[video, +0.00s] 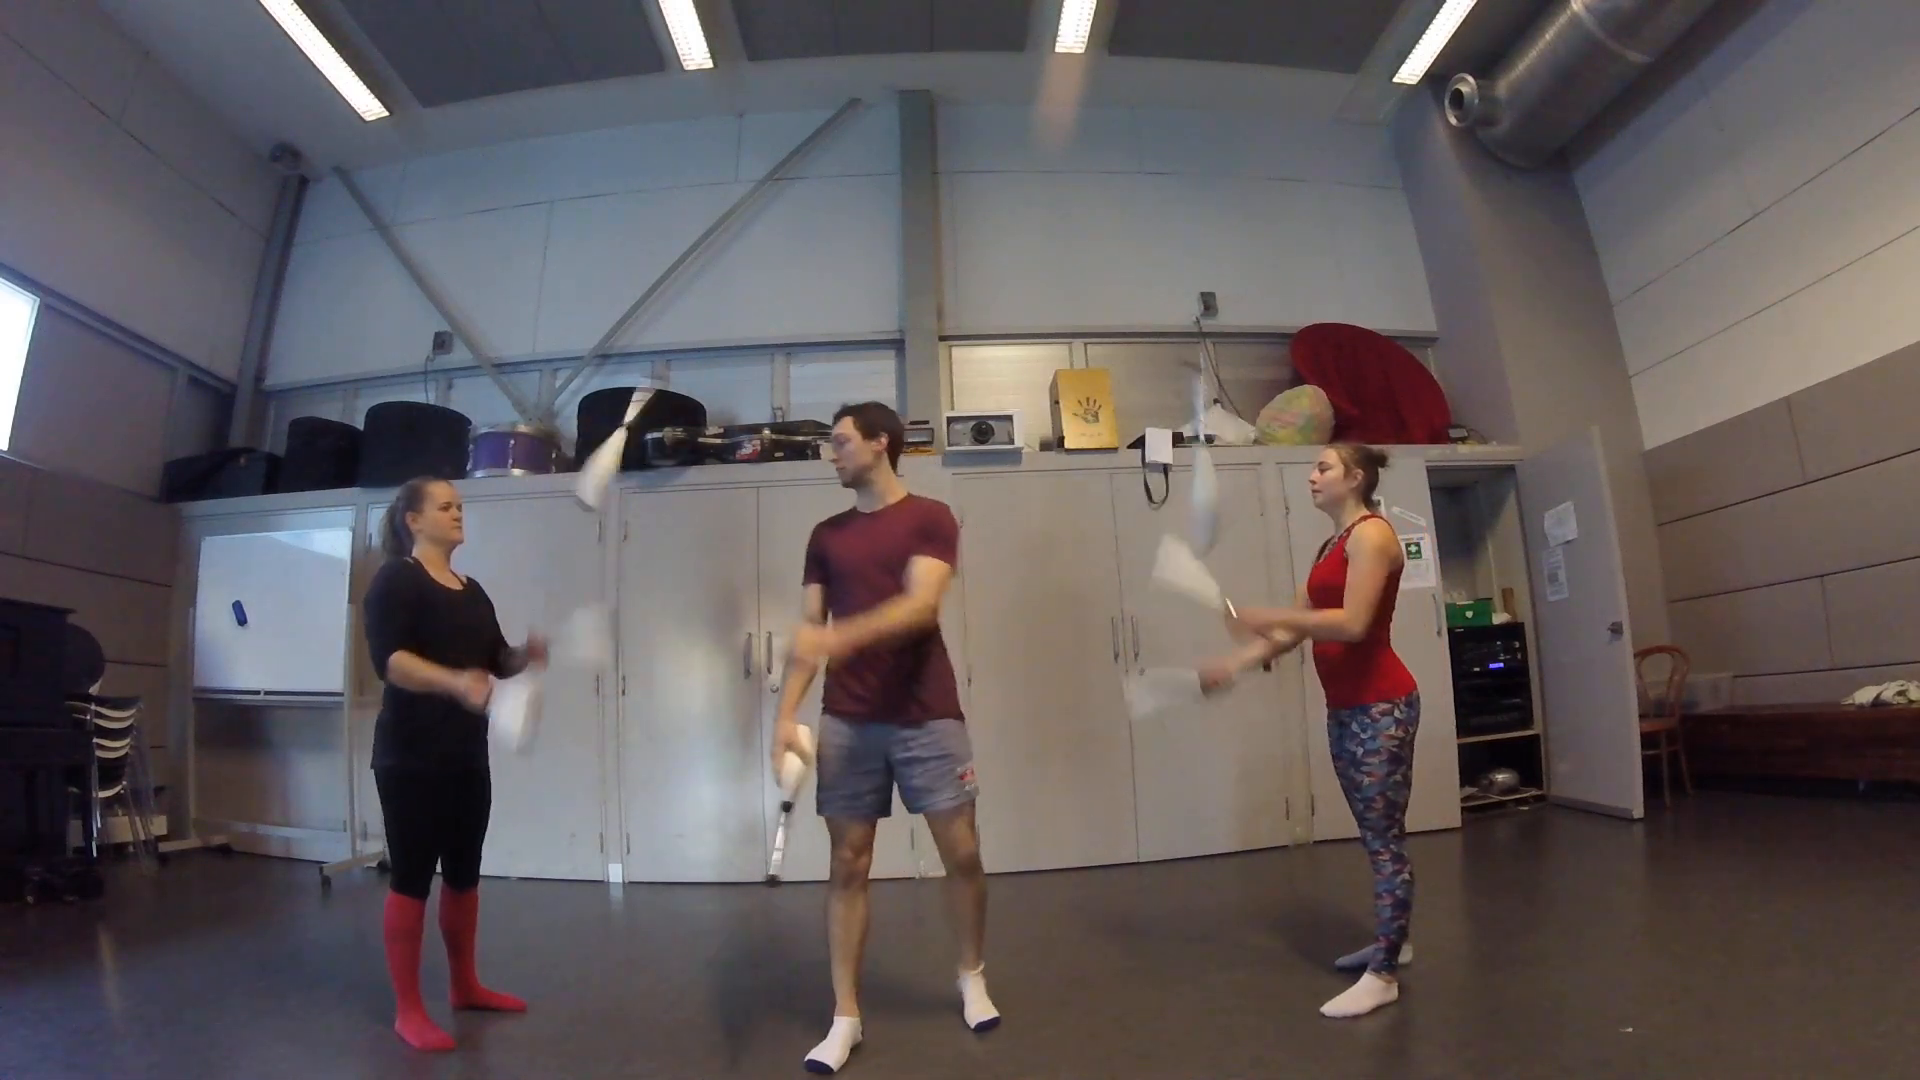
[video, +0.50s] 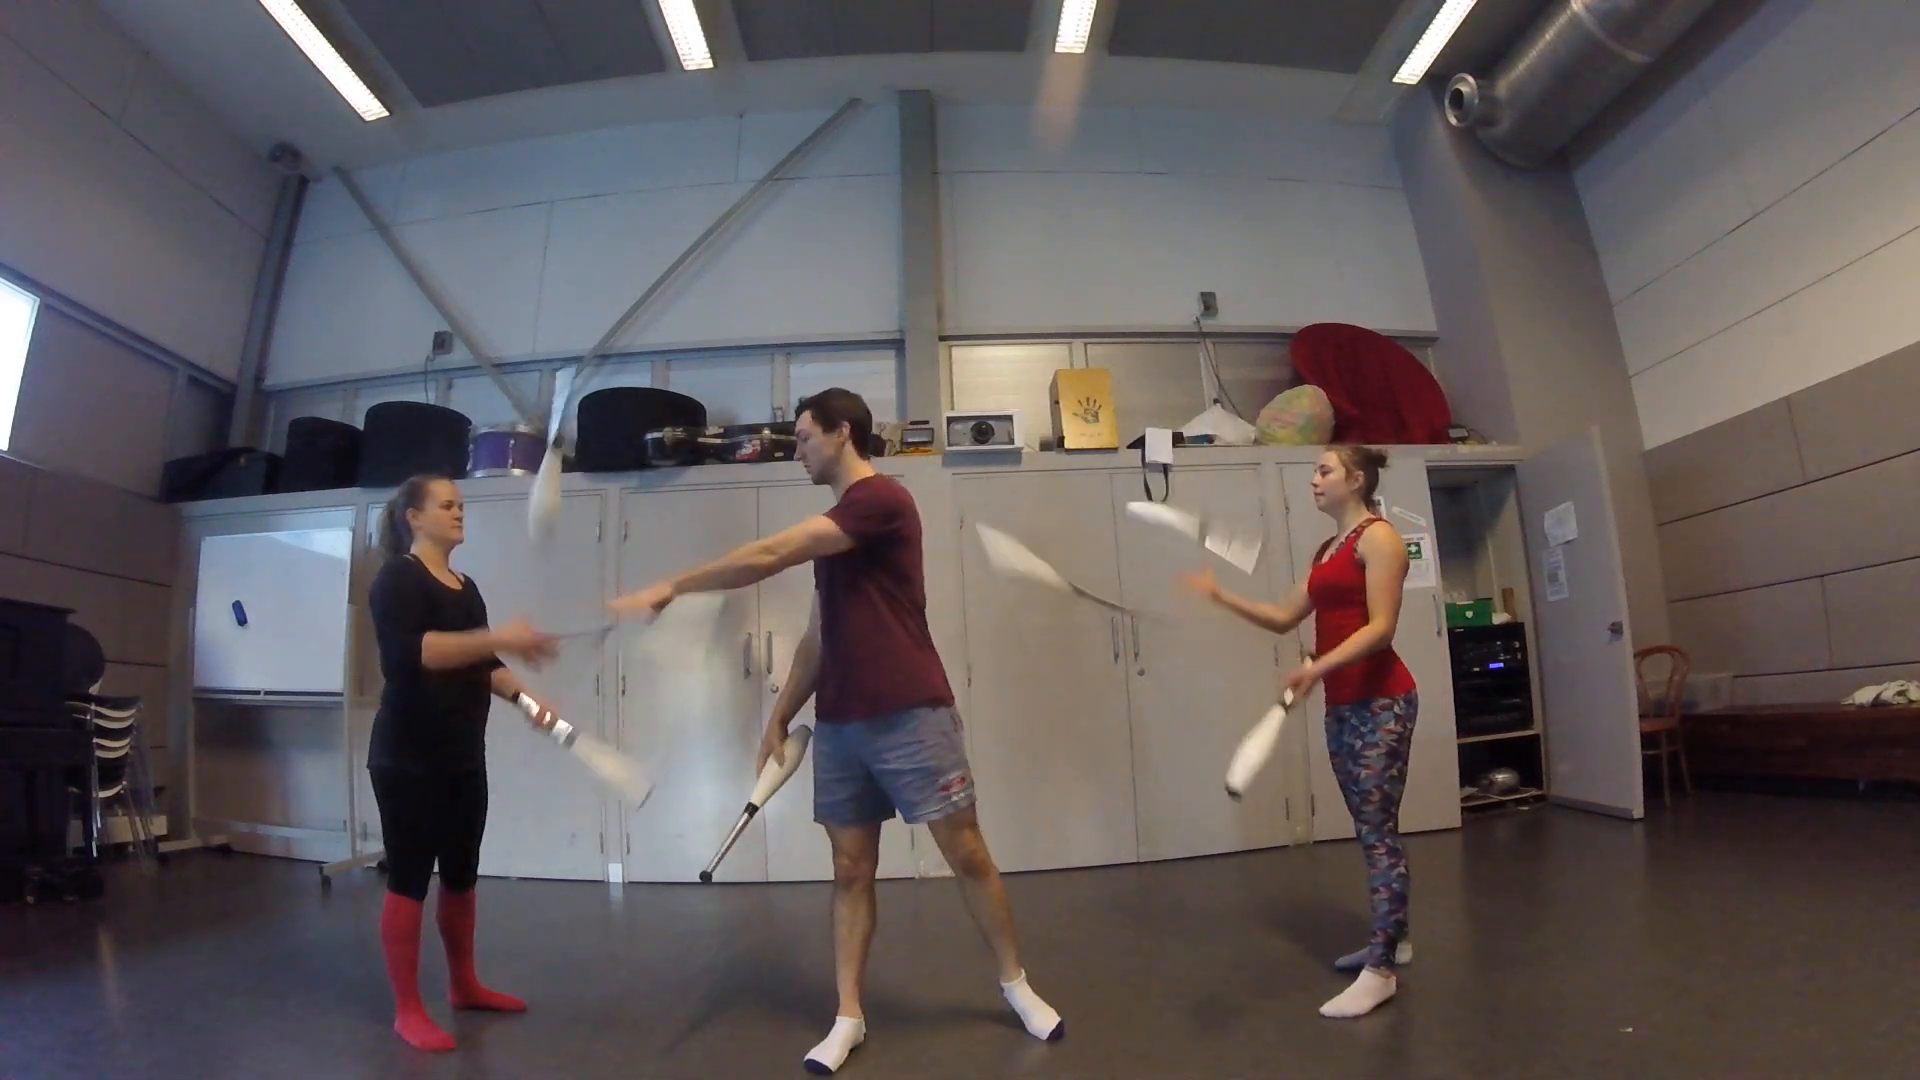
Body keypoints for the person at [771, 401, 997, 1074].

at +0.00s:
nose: (831, 453)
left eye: (842, 442)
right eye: (832, 443)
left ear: (882, 446)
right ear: (858, 451)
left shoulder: (931, 517)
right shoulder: (827, 535)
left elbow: (923, 607)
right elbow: (813, 632)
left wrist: (837, 638)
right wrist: (786, 716)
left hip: (926, 716)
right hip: (849, 722)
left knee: (964, 855)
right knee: (849, 865)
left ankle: (971, 973)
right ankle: (845, 1015)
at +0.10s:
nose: (818, 451)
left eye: (827, 440)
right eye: (817, 442)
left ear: (868, 442)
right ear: (855, 445)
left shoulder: (915, 511)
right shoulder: (820, 535)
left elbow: (863, 583)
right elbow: (802, 630)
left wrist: (755, 596)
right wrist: (774, 711)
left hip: (917, 714)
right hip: (839, 720)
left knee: (966, 854)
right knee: (844, 866)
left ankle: (990, 971)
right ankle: (845, 1018)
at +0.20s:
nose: (808, 452)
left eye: (815, 439)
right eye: (807, 442)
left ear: (855, 436)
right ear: (847, 439)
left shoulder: (899, 505)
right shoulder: (823, 533)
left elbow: (815, 560)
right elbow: (803, 633)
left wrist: (698, 573)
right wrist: (770, 711)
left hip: (911, 714)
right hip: (834, 721)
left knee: (965, 857)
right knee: (845, 867)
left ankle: (1009, 984)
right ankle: (847, 1017)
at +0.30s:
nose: (800, 451)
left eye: (807, 439)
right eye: (800, 441)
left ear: (844, 435)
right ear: (842, 437)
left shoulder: (888, 504)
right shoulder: (836, 527)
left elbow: (781, 552)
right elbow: (811, 636)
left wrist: (677, 572)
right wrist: (774, 714)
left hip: (908, 713)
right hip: (836, 722)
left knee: (965, 855)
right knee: (847, 869)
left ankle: (1012, 983)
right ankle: (847, 1016)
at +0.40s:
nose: (796, 451)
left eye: (802, 439)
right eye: (795, 440)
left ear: (839, 434)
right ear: (838, 435)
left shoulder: (881, 502)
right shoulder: (836, 522)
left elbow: (768, 553)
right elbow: (819, 637)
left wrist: (667, 579)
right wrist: (780, 715)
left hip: (909, 711)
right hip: (838, 721)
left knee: (966, 855)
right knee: (849, 870)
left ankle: (1015, 981)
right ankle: (848, 1016)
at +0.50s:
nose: (798, 452)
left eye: (804, 439)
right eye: (797, 441)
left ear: (842, 434)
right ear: (839, 436)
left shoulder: (883, 499)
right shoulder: (838, 521)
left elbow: (772, 554)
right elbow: (821, 635)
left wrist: (671, 586)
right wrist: (781, 716)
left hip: (912, 710)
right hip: (841, 720)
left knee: (969, 855)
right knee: (851, 870)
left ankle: (1015, 982)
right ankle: (849, 1015)